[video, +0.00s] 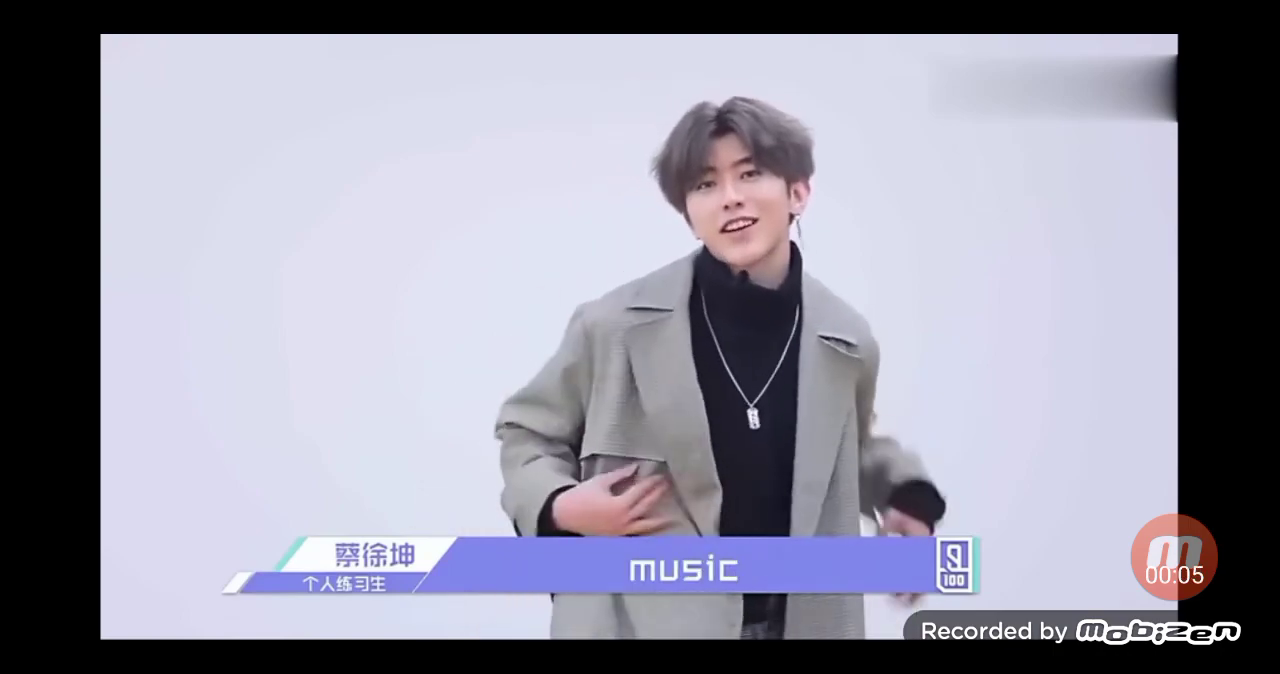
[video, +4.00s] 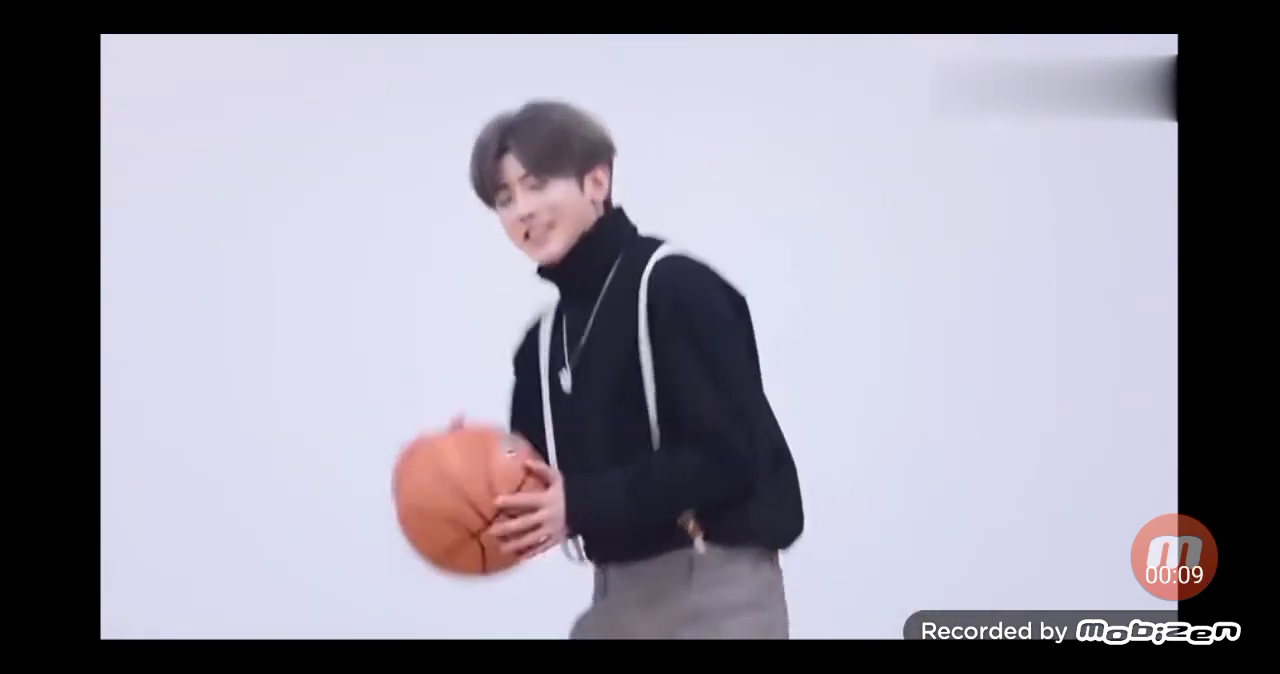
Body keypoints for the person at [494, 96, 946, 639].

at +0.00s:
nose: (730, 199)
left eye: (750, 174)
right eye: (705, 184)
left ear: (798, 192)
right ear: (686, 210)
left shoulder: (849, 341)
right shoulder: (611, 328)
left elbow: (856, 450)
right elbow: (529, 432)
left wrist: (909, 492)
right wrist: (557, 506)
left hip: (808, 625)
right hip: (653, 620)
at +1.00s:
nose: (466, 248)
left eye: (490, 228)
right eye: (463, 228)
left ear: (556, 242)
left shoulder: (654, 337)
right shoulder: (492, 382)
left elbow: (775, 446)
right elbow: (569, 501)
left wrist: (749, 556)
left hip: (677, 618)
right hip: (561, 626)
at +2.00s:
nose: (512, 165)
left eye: (544, 152)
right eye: (507, 156)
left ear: (594, 197)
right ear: (495, 185)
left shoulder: (633, 287)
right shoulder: (476, 323)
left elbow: (631, 396)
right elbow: (345, 395)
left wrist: (561, 230)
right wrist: (336, 248)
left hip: (639, 605)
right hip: (529, 617)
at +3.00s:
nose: (630, 156)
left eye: (658, 138)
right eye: (615, 137)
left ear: (707, 168)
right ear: (598, 156)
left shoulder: (740, 314)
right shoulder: (616, 286)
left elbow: (741, 495)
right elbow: (618, 441)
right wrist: (583, 513)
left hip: (691, 610)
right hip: (599, 599)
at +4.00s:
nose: (520, 212)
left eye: (535, 183)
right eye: (503, 199)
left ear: (596, 181)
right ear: (495, 215)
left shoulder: (681, 290)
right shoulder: (539, 346)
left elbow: (729, 462)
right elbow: (533, 486)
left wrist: (575, 504)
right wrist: (481, 473)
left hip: (717, 586)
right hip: (618, 594)